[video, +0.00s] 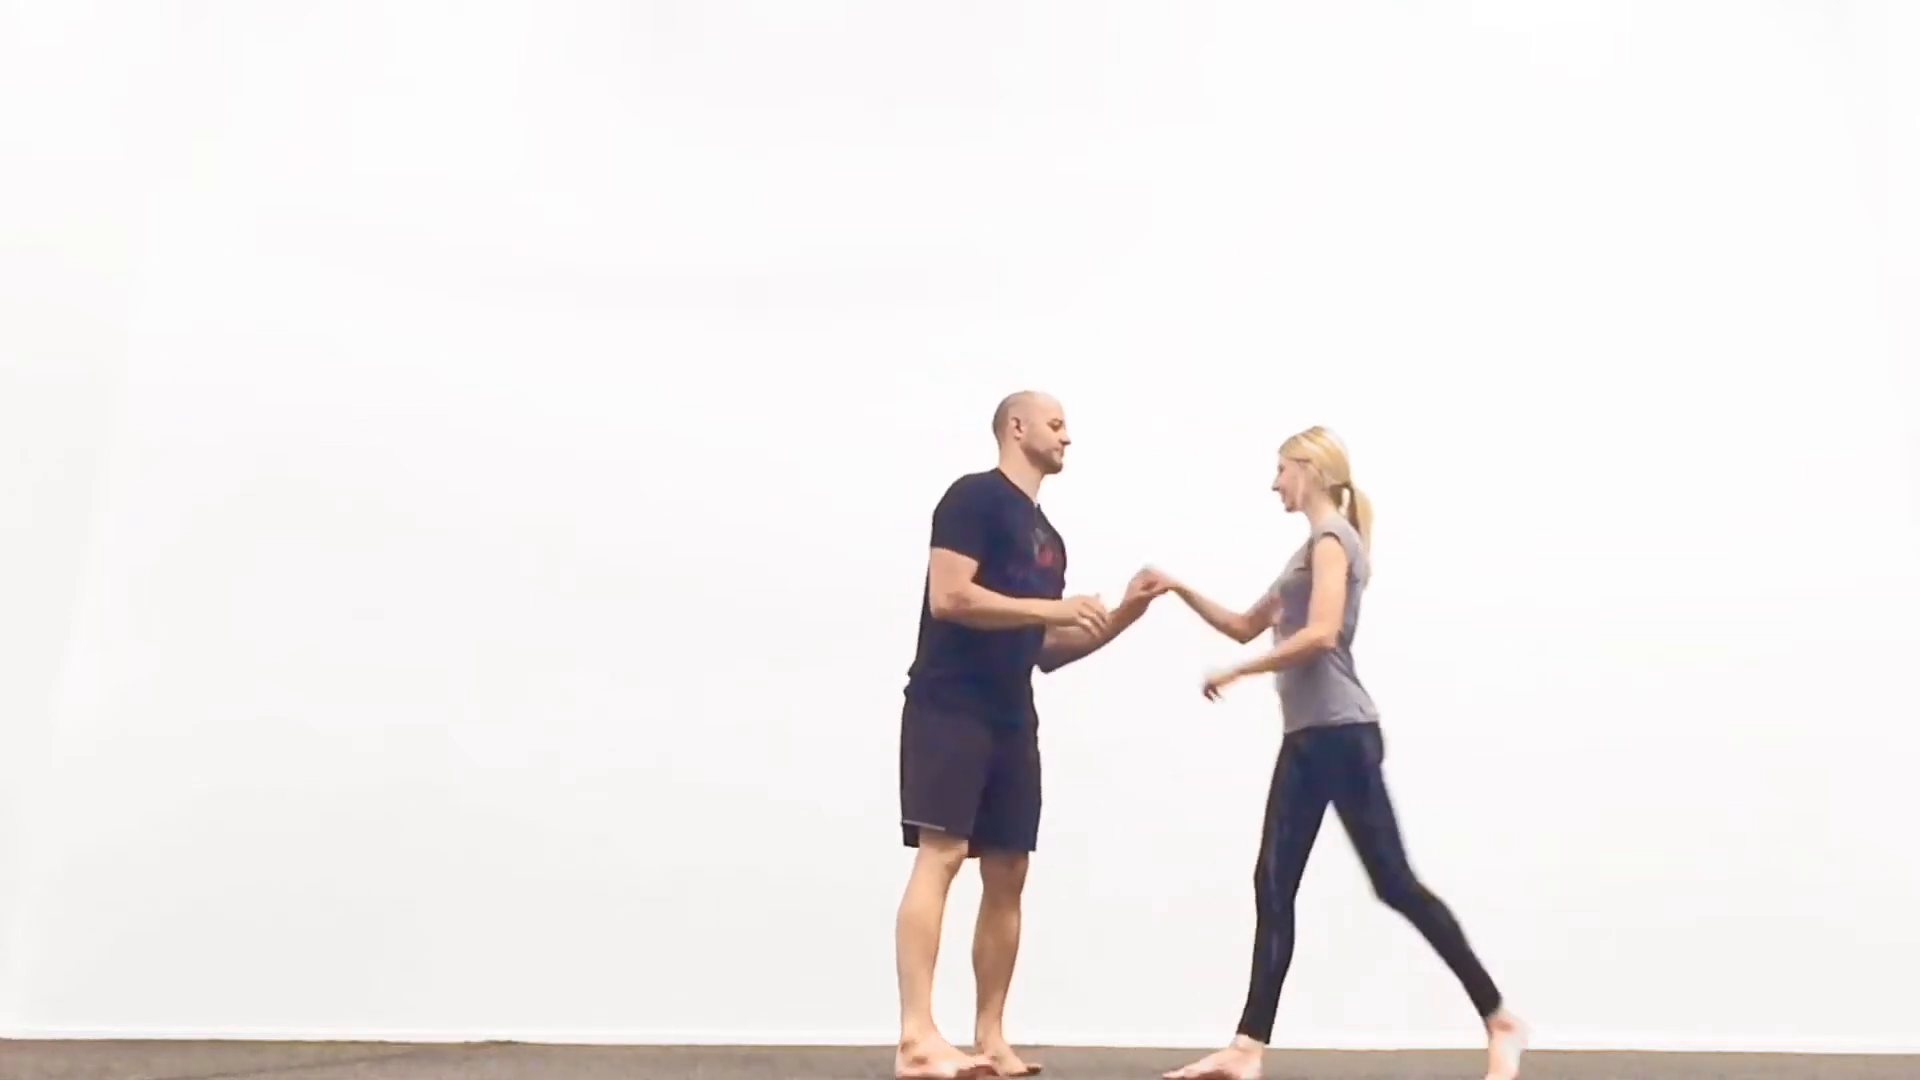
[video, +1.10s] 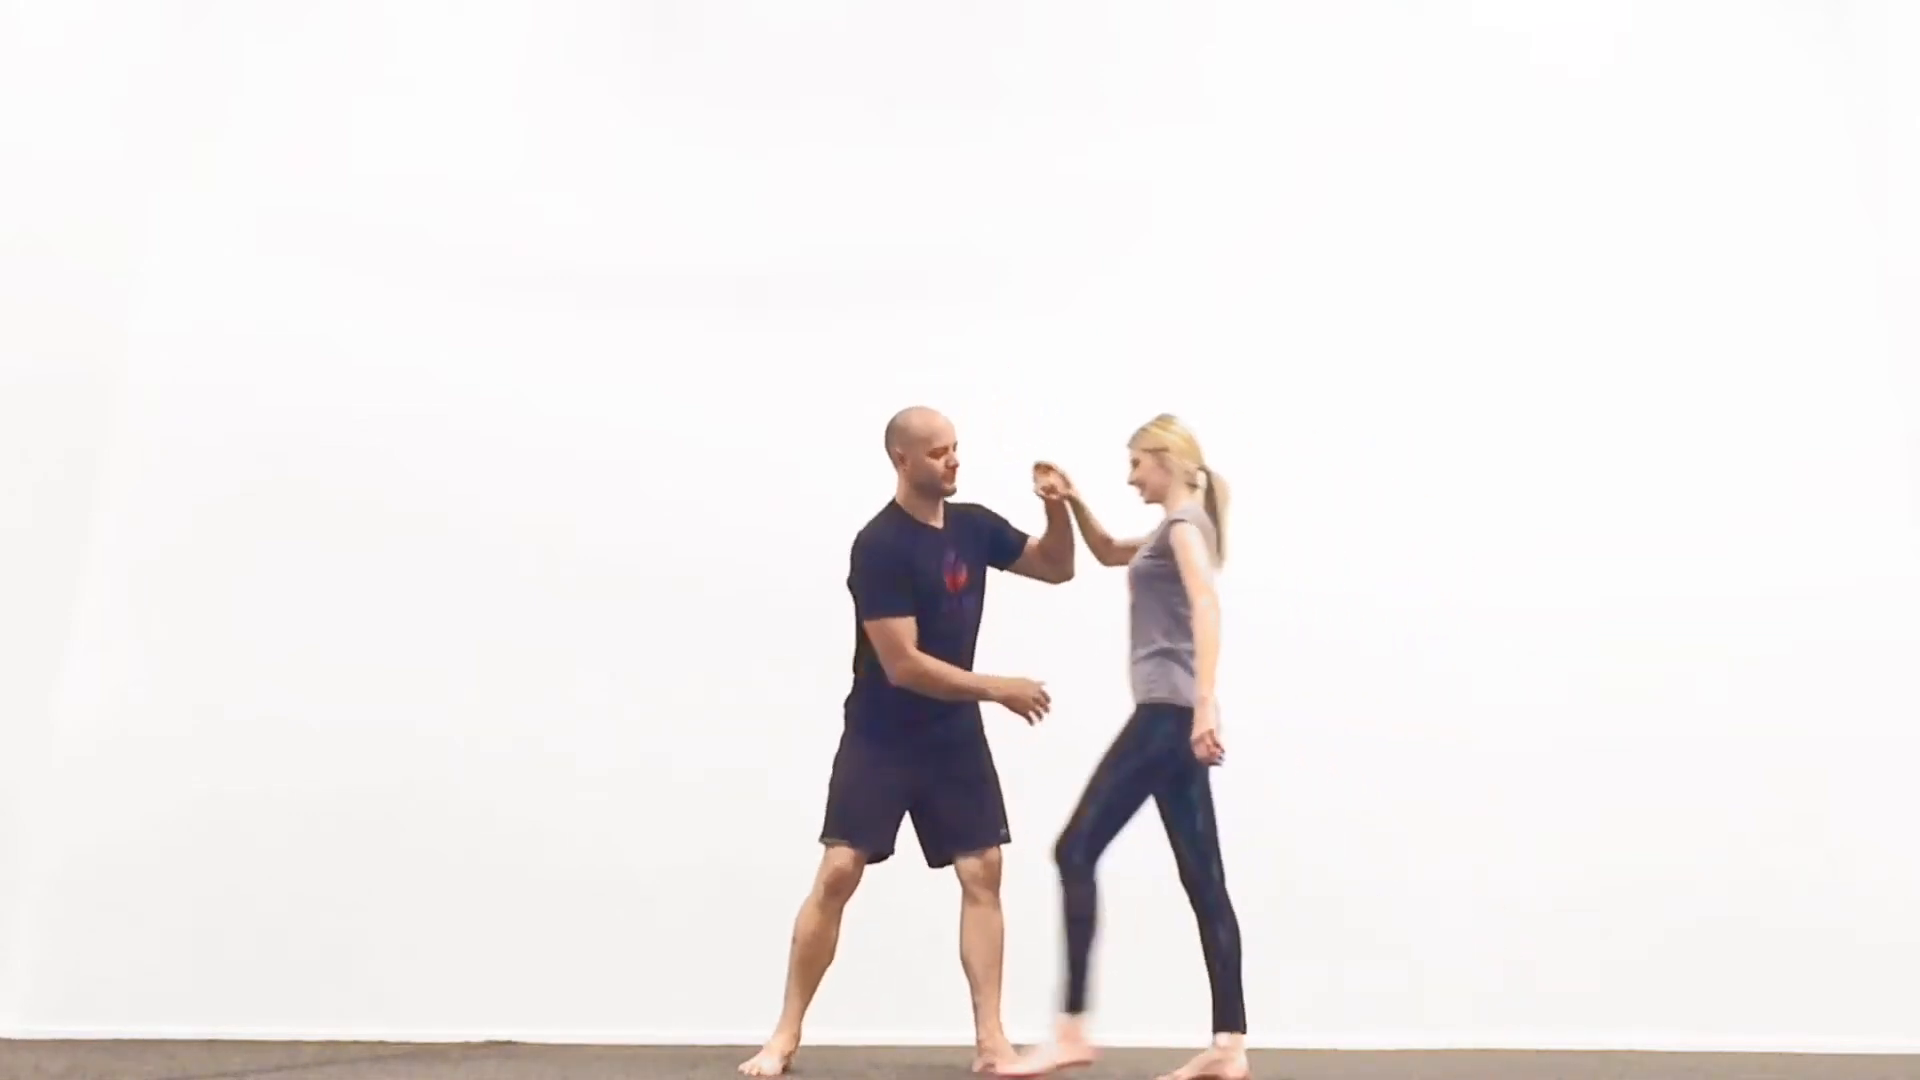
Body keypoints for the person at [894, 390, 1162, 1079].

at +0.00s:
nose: (1067, 438)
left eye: (1066, 428)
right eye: (1055, 425)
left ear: (1028, 431)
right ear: (1015, 428)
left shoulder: (1049, 540)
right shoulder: (973, 494)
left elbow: (1041, 651)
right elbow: (948, 598)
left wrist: (1122, 615)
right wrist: (1051, 609)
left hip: (1011, 715)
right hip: (949, 708)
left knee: (1006, 872)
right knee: (940, 855)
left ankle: (989, 1039)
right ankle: (916, 1038)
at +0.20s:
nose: (1055, 437)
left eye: (1056, 428)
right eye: (1043, 425)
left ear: (1032, 436)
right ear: (1002, 430)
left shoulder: (1054, 537)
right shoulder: (953, 498)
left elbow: (1120, 619)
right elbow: (916, 597)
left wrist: (1195, 562)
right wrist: (1007, 610)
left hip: (1012, 717)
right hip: (941, 707)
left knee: (1002, 872)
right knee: (911, 847)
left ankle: (990, 1042)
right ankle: (849, 1020)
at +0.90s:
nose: (969, 443)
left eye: (970, 432)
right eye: (956, 433)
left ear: (962, 439)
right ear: (917, 440)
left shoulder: (990, 529)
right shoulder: (874, 520)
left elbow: (1065, 594)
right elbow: (849, 630)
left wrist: (1102, 530)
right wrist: (942, 658)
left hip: (960, 724)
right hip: (881, 723)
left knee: (982, 871)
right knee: (838, 869)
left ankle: (991, 1044)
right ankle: (783, 1039)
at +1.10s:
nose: (952, 461)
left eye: (953, 448)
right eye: (938, 453)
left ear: (952, 450)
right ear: (901, 462)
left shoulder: (973, 523)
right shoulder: (879, 545)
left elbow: (1054, 565)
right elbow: (902, 665)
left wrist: (1058, 508)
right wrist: (997, 688)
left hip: (954, 729)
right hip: (879, 732)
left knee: (982, 869)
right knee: (838, 873)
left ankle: (991, 1043)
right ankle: (784, 1038)